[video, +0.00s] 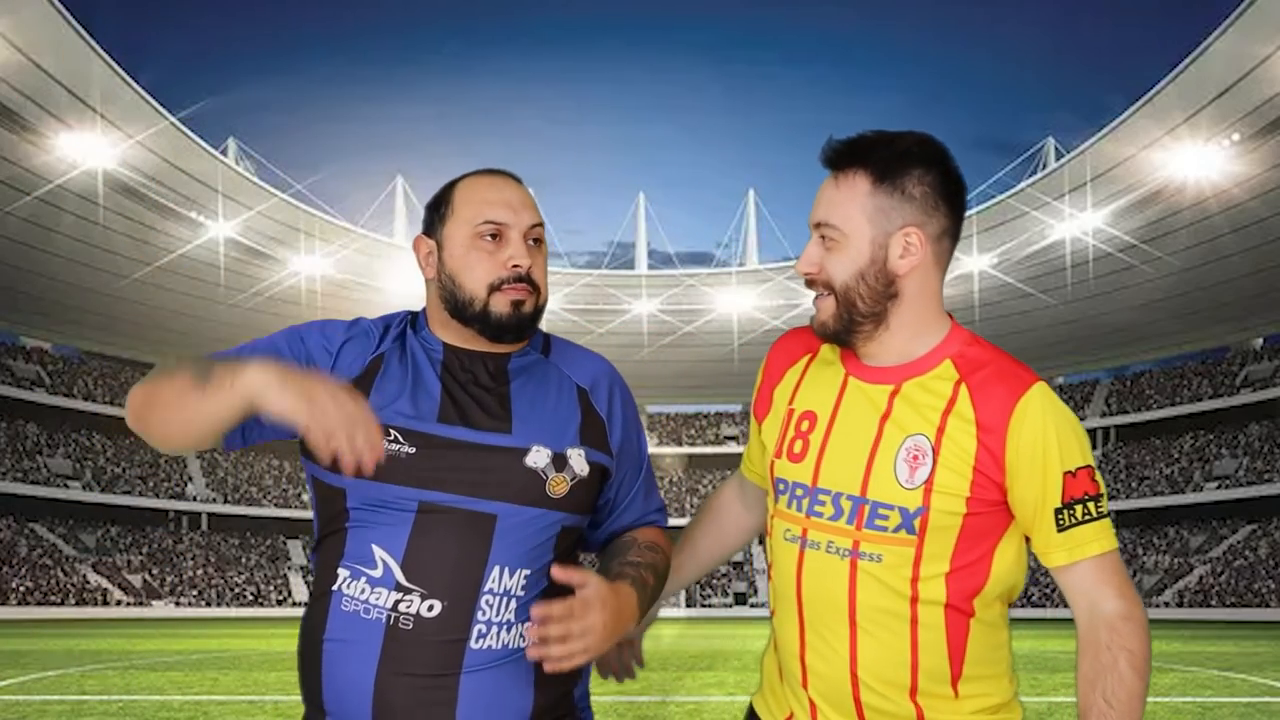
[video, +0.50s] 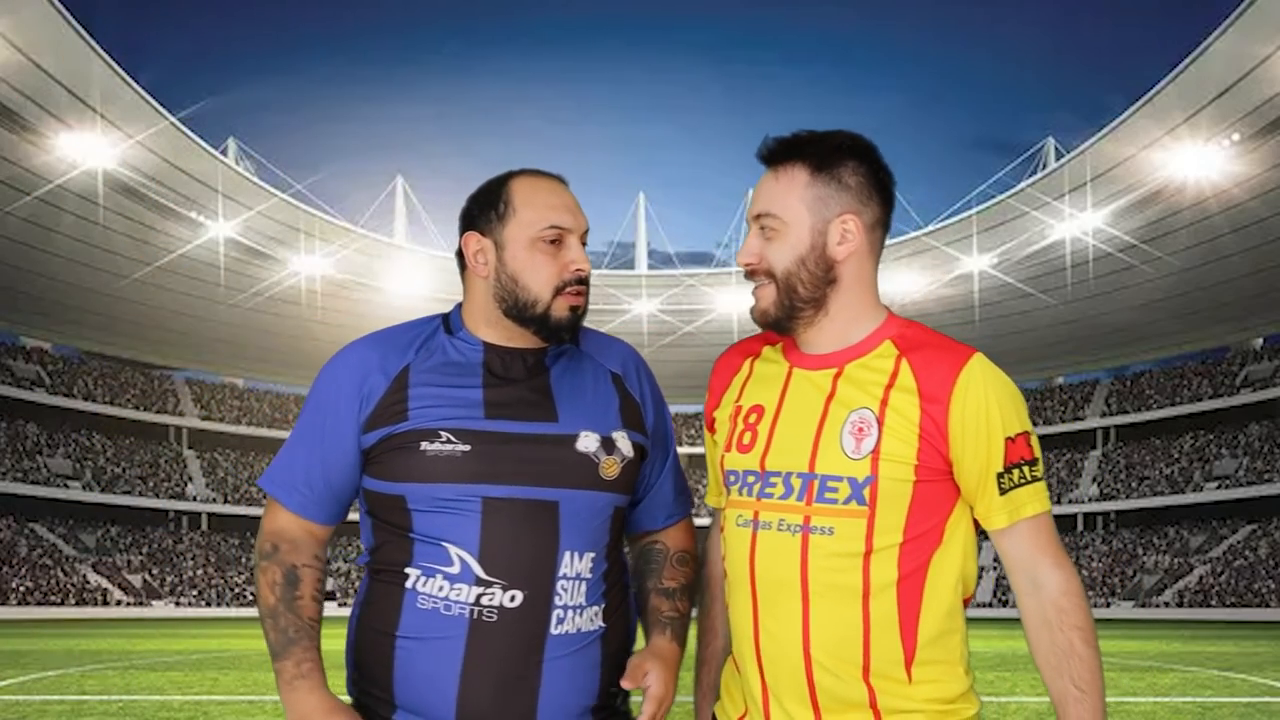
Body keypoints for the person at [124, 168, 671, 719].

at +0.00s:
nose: (522, 259)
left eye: (534, 240)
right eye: (492, 237)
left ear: (548, 256)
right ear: (429, 256)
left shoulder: (594, 389)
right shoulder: (345, 355)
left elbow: (642, 532)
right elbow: (145, 413)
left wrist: (626, 600)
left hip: (536, 711)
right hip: (355, 708)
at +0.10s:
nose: (530, 257)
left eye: (539, 238)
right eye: (500, 234)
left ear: (551, 253)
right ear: (433, 252)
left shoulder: (593, 384)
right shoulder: (338, 360)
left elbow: (641, 523)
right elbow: (171, 440)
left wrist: (631, 607)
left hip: (531, 703)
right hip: (363, 702)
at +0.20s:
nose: (542, 261)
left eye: (546, 241)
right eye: (512, 238)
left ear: (553, 254)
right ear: (439, 253)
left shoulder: (595, 383)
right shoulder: (340, 365)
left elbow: (645, 519)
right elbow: (205, 474)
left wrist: (640, 610)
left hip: (545, 709)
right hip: (369, 708)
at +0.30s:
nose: (554, 265)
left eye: (555, 244)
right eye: (524, 241)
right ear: (450, 253)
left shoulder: (600, 381)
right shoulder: (344, 369)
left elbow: (649, 517)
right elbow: (242, 504)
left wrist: (652, 616)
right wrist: (254, 645)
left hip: (548, 709)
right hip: (374, 707)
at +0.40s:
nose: (567, 266)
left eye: (567, 244)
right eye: (538, 242)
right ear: (462, 254)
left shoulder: (610, 381)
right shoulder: (354, 374)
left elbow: (656, 526)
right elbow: (271, 526)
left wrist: (659, 635)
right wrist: (277, 679)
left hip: (564, 705)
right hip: (390, 705)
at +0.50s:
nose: (582, 261)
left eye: (583, 243)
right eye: (553, 240)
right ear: (478, 253)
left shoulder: (622, 378)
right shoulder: (369, 374)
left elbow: (663, 528)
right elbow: (291, 532)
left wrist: (664, 643)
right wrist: (304, 689)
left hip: (578, 706)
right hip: (405, 706)